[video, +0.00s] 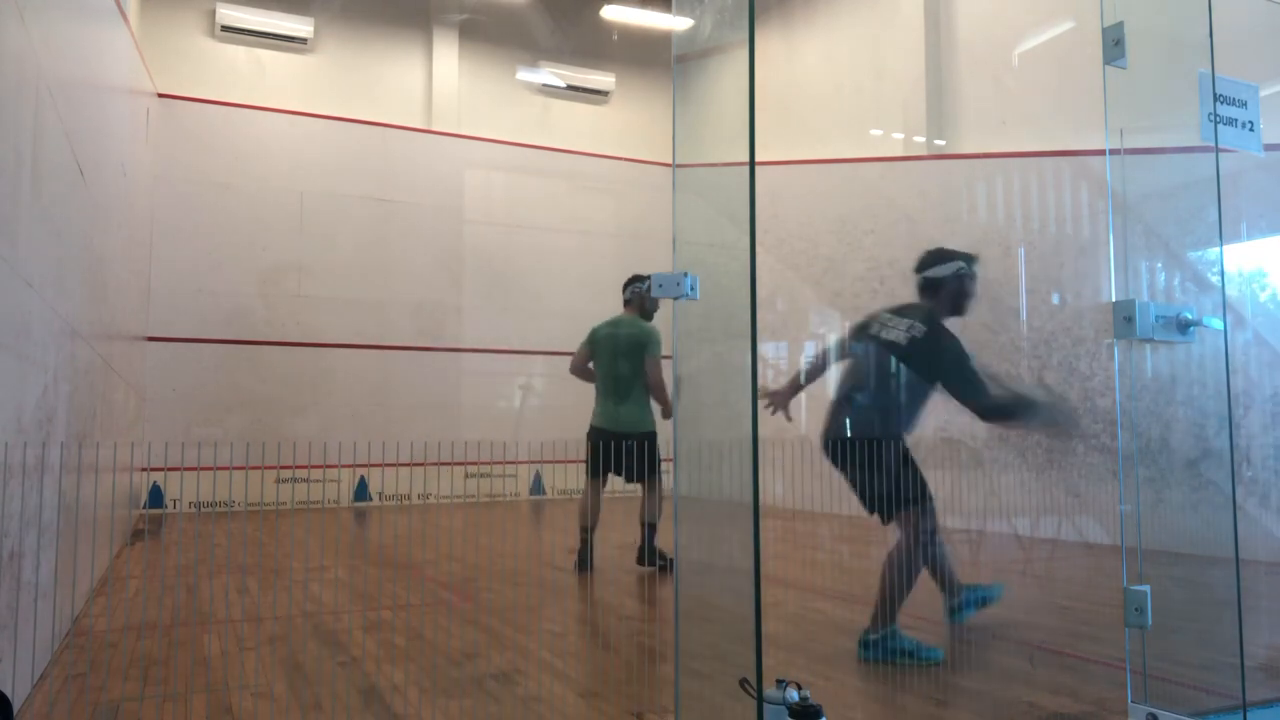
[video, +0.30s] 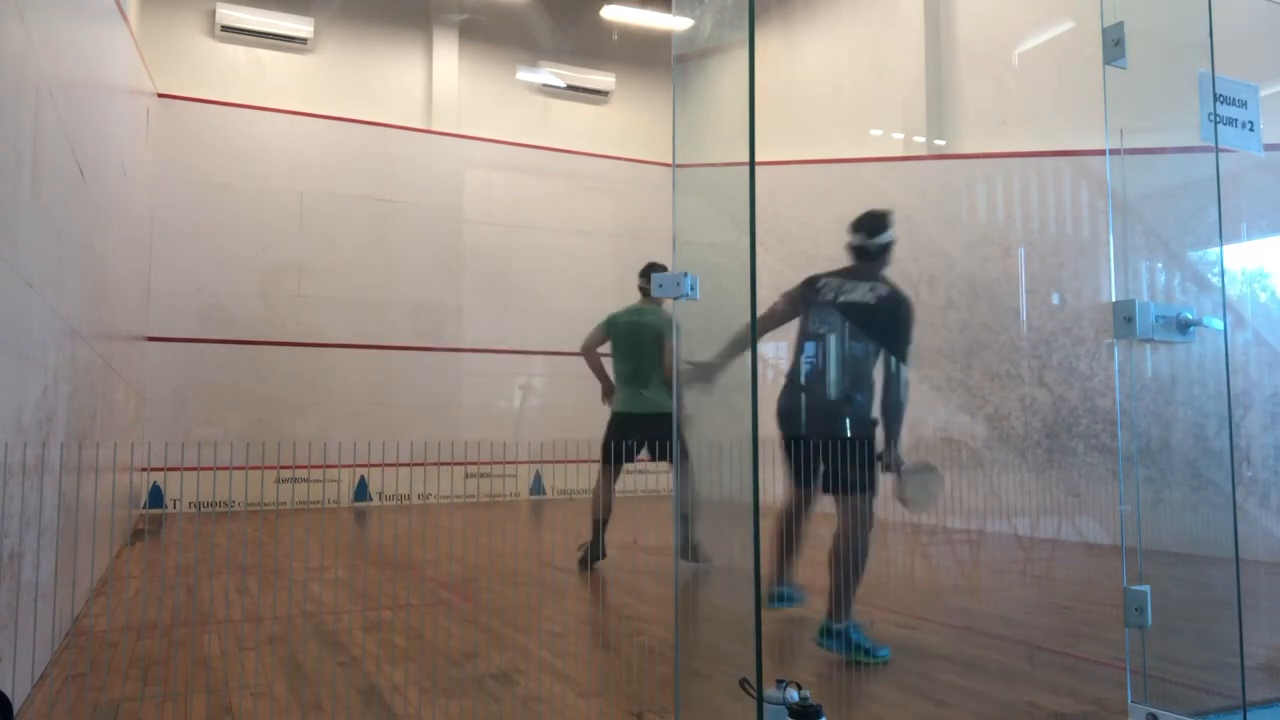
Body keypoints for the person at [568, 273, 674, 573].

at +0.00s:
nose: (658, 305)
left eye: (657, 299)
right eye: (654, 298)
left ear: (628, 299)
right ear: (640, 299)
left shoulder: (600, 329)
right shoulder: (648, 333)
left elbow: (577, 367)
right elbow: (653, 379)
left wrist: (603, 379)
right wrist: (665, 403)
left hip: (602, 426)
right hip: (637, 429)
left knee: (593, 486)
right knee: (652, 486)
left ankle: (584, 551)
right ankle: (647, 547)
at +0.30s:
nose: (667, 293)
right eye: (667, 287)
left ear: (640, 286)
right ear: (666, 289)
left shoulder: (618, 318)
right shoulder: (668, 322)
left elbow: (587, 348)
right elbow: (670, 373)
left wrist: (605, 383)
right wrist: (695, 376)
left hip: (625, 416)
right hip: (662, 416)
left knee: (606, 478)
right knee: (684, 474)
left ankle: (596, 544)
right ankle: (688, 543)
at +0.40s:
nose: (675, 304)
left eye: (672, 298)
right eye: (675, 299)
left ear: (651, 299)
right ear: (674, 300)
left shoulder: (629, 331)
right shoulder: (679, 335)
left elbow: (596, 361)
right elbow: (685, 383)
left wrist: (607, 400)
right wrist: (696, 417)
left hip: (635, 426)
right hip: (672, 427)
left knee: (615, 485)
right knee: (708, 484)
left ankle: (597, 551)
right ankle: (730, 549)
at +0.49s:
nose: (695, 323)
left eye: (688, 317)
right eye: (694, 319)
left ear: (671, 318)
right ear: (695, 319)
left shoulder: (649, 351)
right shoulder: (694, 352)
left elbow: (621, 387)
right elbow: (700, 396)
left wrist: (637, 416)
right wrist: (719, 430)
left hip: (648, 441)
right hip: (685, 443)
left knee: (622, 491)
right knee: (734, 486)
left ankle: (596, 551)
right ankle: (758, 548)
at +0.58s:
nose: (706, 325)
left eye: (708, 320)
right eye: (708, 320)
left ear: (708, 320)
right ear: (732, 321)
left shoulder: (689, 352)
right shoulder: (741, 352)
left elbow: (667, 384)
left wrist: (657, 391)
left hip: (681, 439)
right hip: (726, 440)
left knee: (642, 493)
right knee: (761, 488)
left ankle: (599, 550)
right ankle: (764, 549)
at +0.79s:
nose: (734, 271)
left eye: (733, 264)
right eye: (734, 263)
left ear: (721, 265)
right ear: (755, 262)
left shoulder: (704, 307)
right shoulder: (776, 308)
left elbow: (676, 360)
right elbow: (798, 368)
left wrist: (668, 407)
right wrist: (811, 417)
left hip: (715, 423)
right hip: (762, 422)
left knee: (709, 506)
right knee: (753, 505)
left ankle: (713, 589)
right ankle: (744, 585)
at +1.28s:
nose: (731, 286)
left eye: (728, 281)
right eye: (731, 281)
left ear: (698, 283)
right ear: (728, 283)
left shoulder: (680, 317)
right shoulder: (745, 322)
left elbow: (666, 370)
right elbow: (759, 378)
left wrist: (649, 414)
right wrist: (754, 421)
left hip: (689, 423)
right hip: (730, 422)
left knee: (666, 482)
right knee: (724, 496)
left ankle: (674, 555)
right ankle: (719, 570)